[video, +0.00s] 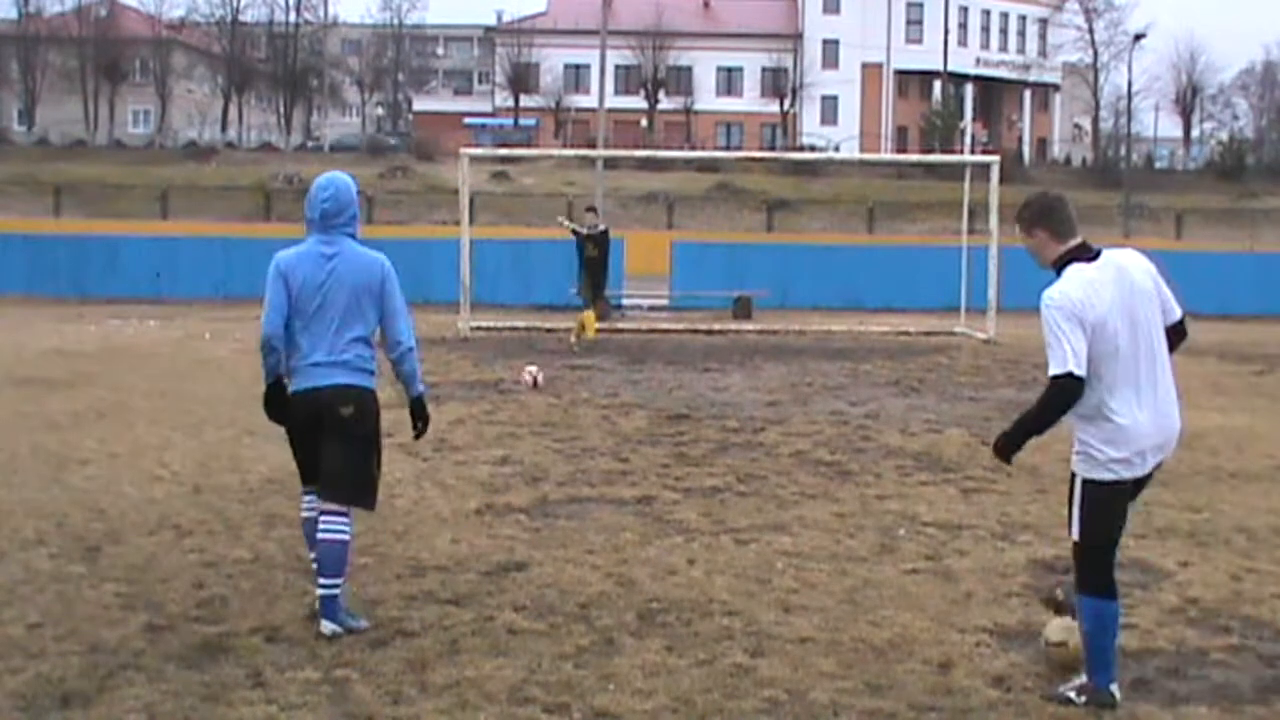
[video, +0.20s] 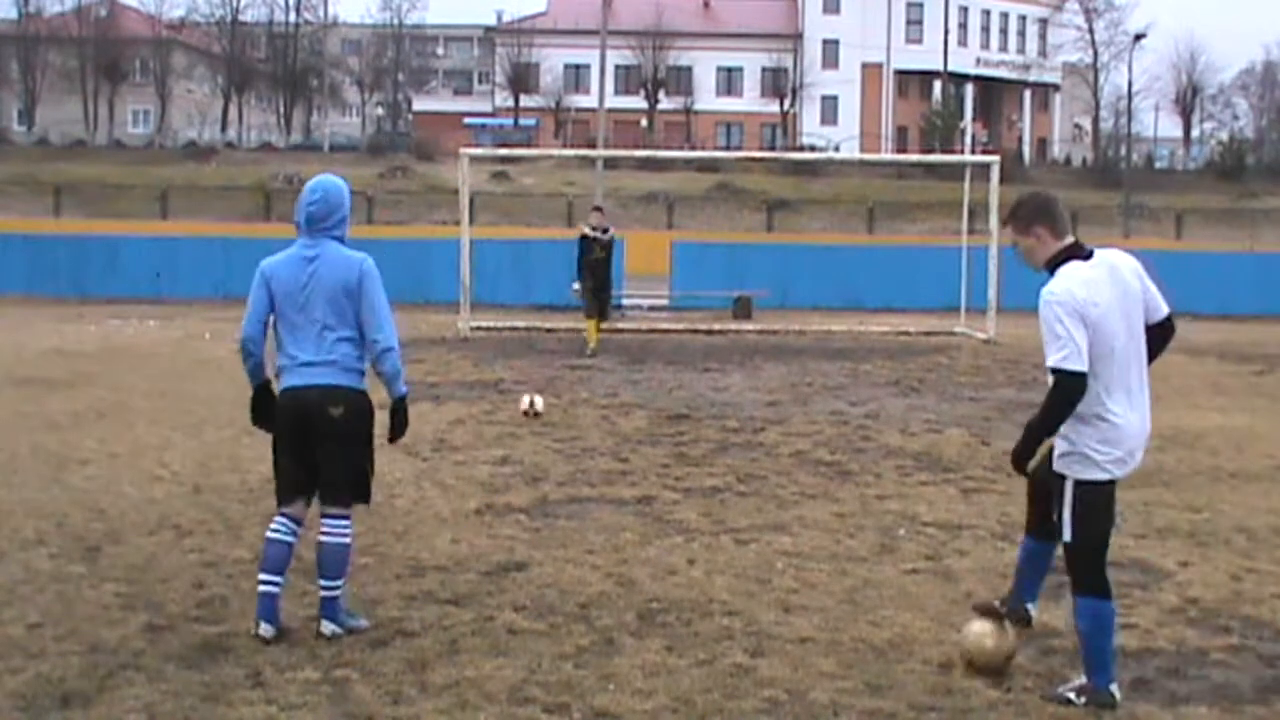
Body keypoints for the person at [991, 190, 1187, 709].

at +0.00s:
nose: (1028, 249)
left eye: (1027, 239)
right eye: (1026, 240)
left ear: (1042, 236)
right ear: (1072, 226)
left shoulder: (1061, 297)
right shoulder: (1132, 260)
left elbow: (1068, 384)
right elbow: (1176, 330)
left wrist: (1014, 437)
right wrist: (1128, 368)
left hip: (1109, 447)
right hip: (1159, 431)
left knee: (1093, 561)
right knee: (1101, 518)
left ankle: (1100, 683)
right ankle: (1087, 599)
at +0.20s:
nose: (1018, 255)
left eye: (1018, 244)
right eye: (1015, 245)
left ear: (1039, 235)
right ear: (1057, 231)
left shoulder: (1059, 294)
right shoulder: (1121, 261)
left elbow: (1070, 383)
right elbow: (1163, 327)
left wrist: (1028, 442)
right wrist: (1120, 375)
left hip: (1091, 441)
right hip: (1128, 429)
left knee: (1085, 563)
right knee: (1043, 490)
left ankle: (1100, 686)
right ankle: (1019, 604)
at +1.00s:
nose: (917, 254)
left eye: (922, 241)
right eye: (913, 245)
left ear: (955, 229)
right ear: (947, 236)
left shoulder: (999, 284)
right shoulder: (964, 285)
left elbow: (1031, 367)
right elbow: (974, 364)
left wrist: (975, 433)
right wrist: (947, 415)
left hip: (997, 456)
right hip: (953, 443)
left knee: (1028, 562)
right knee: (898, 509)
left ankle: (1089, 674)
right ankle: (889, 635)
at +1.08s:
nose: (887, 263)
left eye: (891, 251)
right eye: (883, 254)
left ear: (925, 239)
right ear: (915, 245)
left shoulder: (965, 288)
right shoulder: (937, 291)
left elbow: (996, 373)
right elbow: (959, 373)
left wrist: (946, 442)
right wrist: (936, 436)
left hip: (977, 458)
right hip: (938, 453)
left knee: (1012, 560)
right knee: (905, 541)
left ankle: (1085, 671)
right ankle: (884, 667)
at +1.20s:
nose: (838, 273)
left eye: (841, 261)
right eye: (833, 264)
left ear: (873, 245)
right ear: (868, 251)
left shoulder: (915, 288)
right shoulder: (894, 294)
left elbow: (943, 371)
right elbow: (928, 375)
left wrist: (904, 446)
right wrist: (905, 444)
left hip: (948, 456)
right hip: (910, 451)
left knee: (951, 569)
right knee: (889, 547)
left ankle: (1050, 653)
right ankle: (882, 670)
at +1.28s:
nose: (813, 276)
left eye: (815, 263)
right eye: (808, 267)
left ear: (845, 246)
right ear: (842, 252)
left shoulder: (896, 284)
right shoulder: (872, 293)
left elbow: (929, 365)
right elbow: (901, 372)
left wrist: (886, 437)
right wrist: (882, 441)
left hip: (930, 453)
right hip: (894, 450)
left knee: (903, 559)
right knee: (874, 555)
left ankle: (1005, 640)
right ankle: (881, 671)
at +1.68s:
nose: (711, 277)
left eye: (713, 265)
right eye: (707, 267)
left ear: (744, 249)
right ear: (737, 256)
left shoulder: (813, 295)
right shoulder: (746, 300)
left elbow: (859, 374)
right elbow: (755, 375)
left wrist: (836, 452)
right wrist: (718, 435)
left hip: (806, 459)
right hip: (773, 457)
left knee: (749, 556)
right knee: (819, 558)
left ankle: (704, 691)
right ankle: (875, 665)